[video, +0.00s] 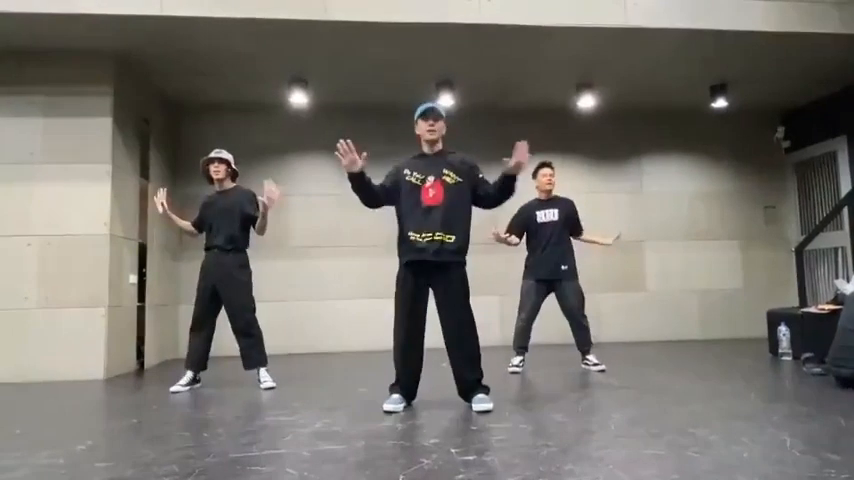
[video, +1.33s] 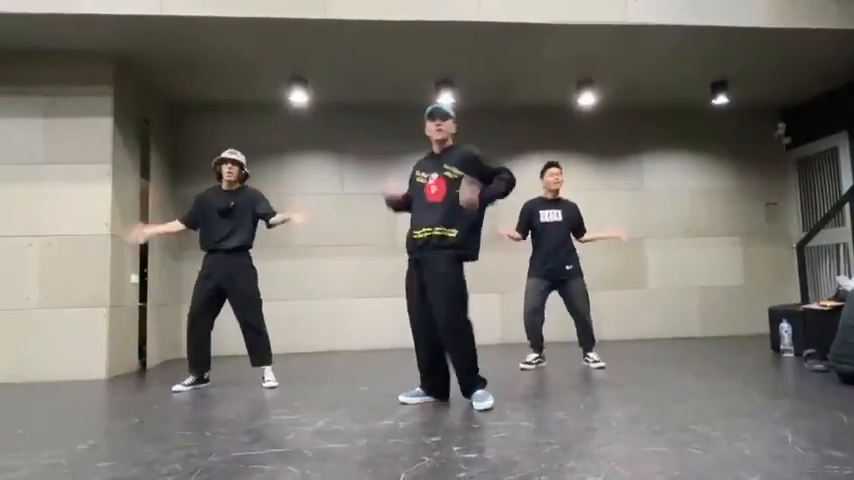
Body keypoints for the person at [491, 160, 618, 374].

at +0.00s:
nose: (549, 179)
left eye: (551, 176)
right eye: (544, 176)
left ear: (555, 180)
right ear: (535, 181)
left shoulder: (567, 205)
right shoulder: (527, 210)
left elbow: (577, 234)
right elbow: (515, 238)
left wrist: (602, 241)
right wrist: (504, 239)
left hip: (564, 273)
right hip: (536, 274)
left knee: (577, 313)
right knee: (525, 316)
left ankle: (587, 355)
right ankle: (518, 356)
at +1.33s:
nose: (556, 178)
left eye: (558, 175)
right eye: (551, 175)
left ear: (562, 179)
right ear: (543, 180)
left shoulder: (570, 207)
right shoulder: (531, 207)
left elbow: (582, 236)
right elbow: (521, 234)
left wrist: (611, 234)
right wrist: (511, 235)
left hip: (569, 270)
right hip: (540, 271)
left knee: (582, 312)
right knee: (531, 311)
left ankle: (589, 353)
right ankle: (536, 353)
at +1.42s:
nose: (552, 176)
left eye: (554, 173)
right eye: (547, 173)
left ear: (558, 178)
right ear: (539, 178)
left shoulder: (568, 205)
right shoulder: (528, 204)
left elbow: (586, 229)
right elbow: (505, 221)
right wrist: (501, 207)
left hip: (562, 270)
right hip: (535, 270)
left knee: (577, 310)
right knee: (529, 312)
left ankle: (588, 351)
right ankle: (537, 353)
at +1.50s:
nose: (548, 174)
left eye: (551, 171)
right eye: (543, 171)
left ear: (555, 176)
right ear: (535, 177)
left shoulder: (564, 201)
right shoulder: (525, 200)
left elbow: (591, 217)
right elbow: (511, 209)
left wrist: (577, 203)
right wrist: (508, 208)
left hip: (559, 267)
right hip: (531, 269)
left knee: (571, 307)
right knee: (529, 311)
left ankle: (582, 346)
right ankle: (538, 353)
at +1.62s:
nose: (542, 173)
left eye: (545, 170)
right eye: (538, 170)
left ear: (550, 174)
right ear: (530, 175)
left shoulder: (563, 196)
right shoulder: (525, 200)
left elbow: (585, 216)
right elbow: (516, 219)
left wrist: (570, 233)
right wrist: (519, 238)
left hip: (555, 259)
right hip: (530, 259)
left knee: (551, 303)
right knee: (530, 306)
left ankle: (564, 346)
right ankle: (539, 352)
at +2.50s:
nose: (549, 172)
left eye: (552, 167)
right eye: (545, 168)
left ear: (559, 170)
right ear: (539, 173)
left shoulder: (570, 194)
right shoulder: (542, 202)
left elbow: (593, 218)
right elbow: (539, 231)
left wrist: (579, 246)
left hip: (562, 258)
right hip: (541, 257)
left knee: (565, 305)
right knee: (517, 284)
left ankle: (570, 352)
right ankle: (540, 324)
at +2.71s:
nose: (549, 170)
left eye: (553, 166)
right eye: (545, 167)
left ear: (559, 169)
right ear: (539, 172)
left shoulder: (569, 193)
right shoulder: (541, 201)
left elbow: (592, 219)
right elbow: (542, 229)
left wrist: (579, 247)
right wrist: (542, 244)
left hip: (562, 256)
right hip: (541, 253)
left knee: (561, 303)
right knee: (509, 268)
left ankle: (571, 350)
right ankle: (540, 299)